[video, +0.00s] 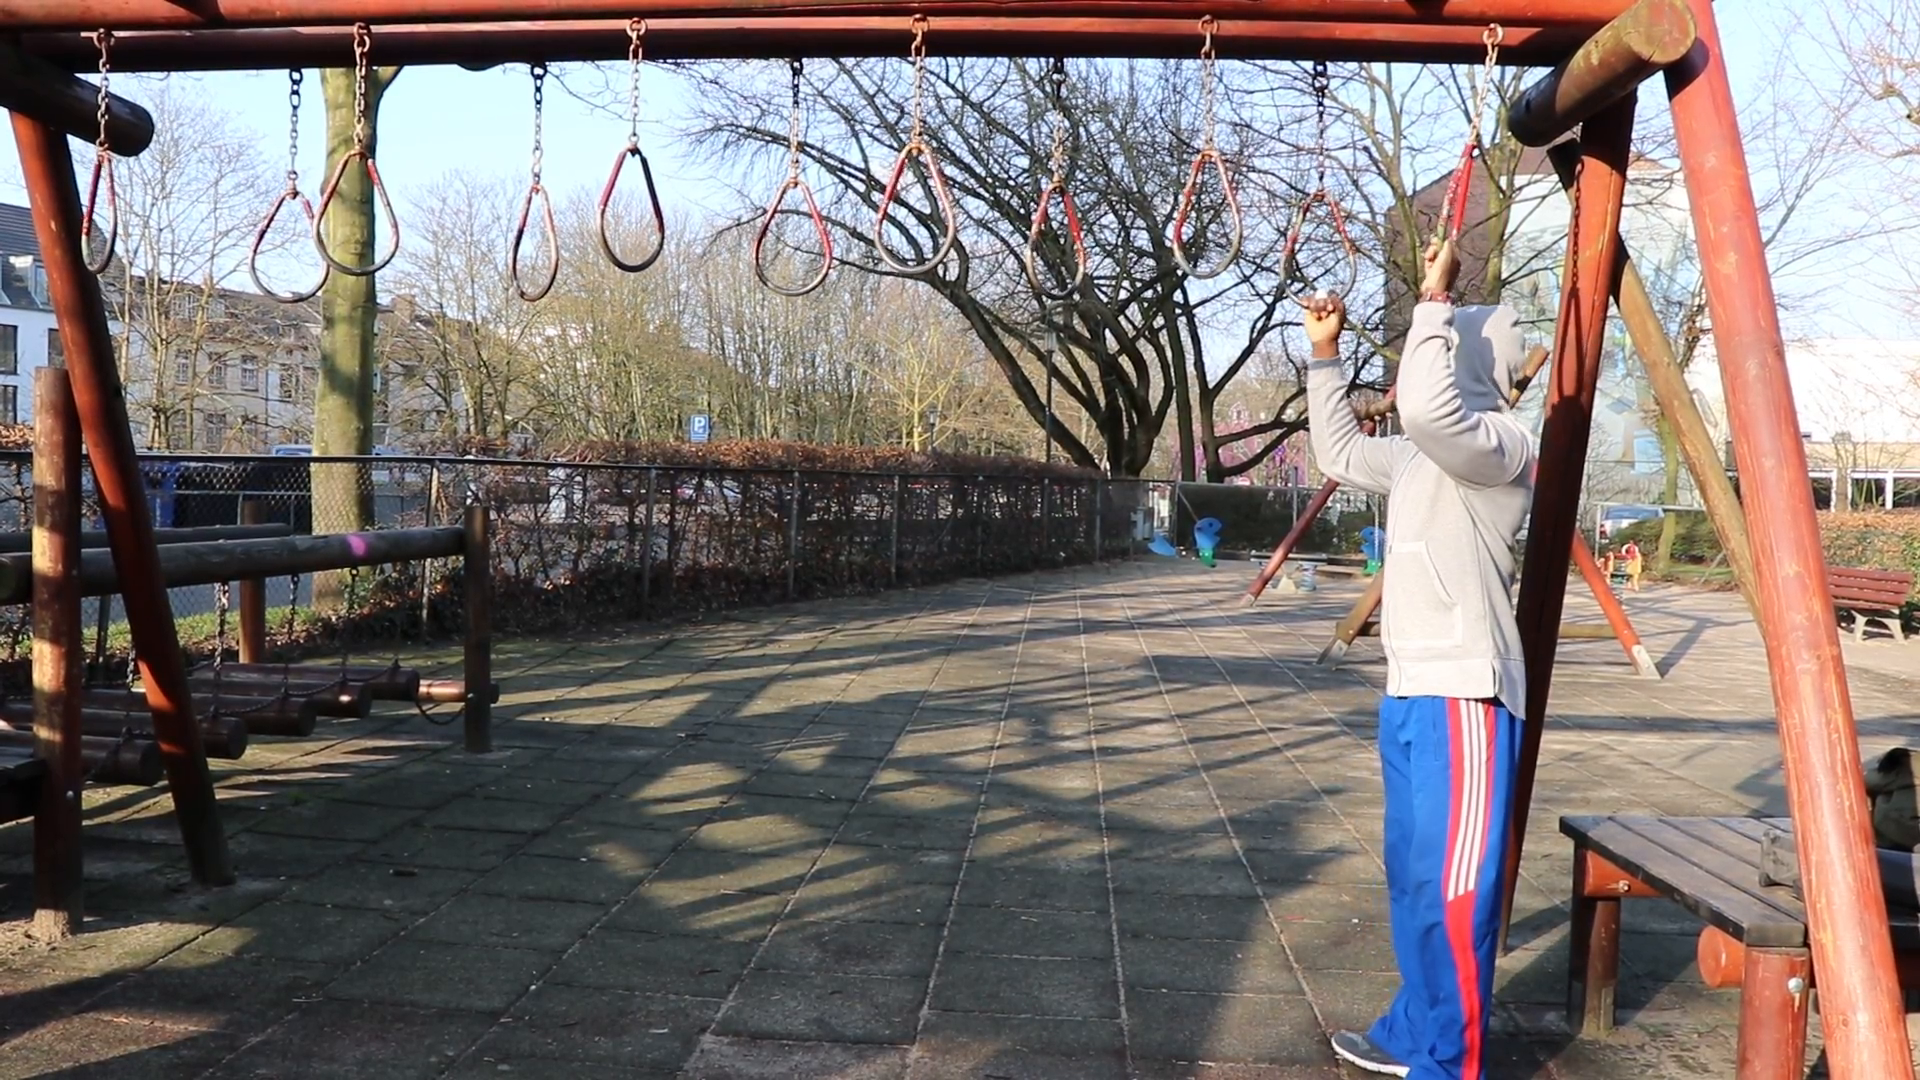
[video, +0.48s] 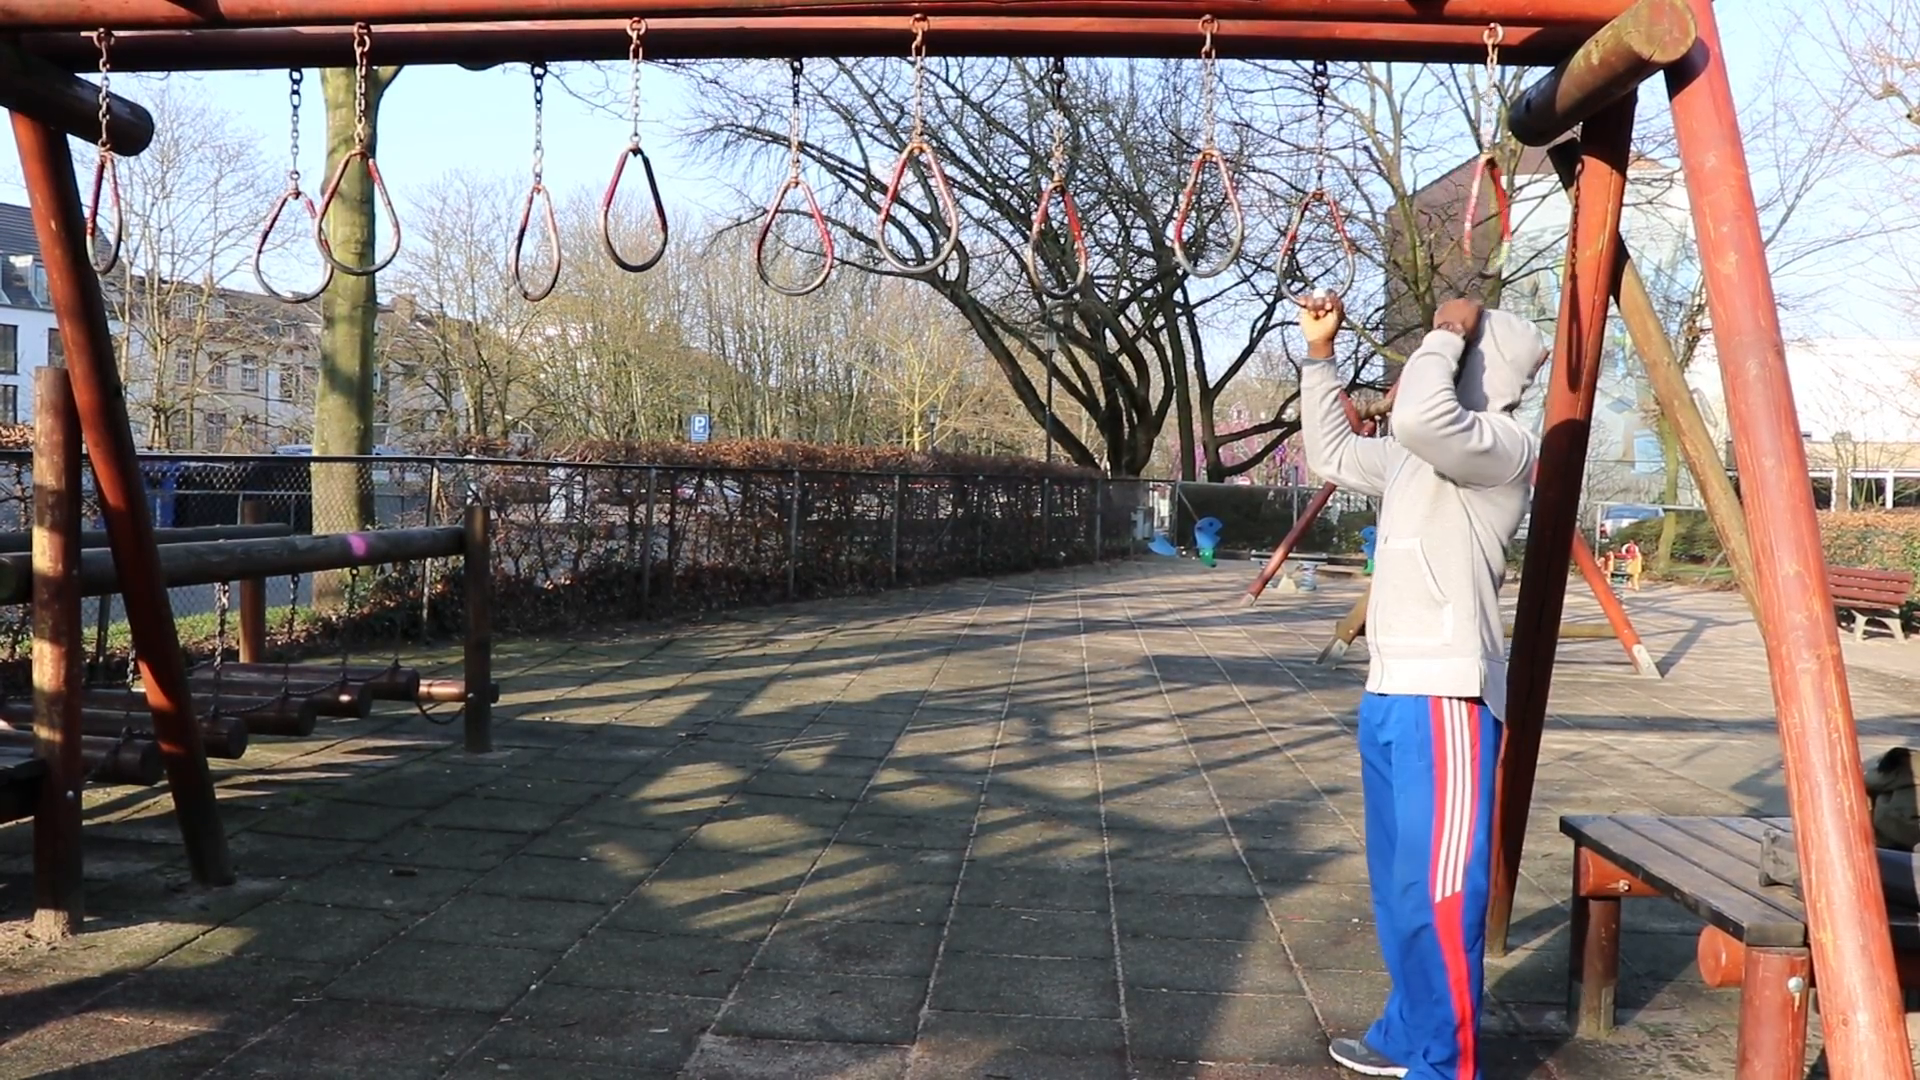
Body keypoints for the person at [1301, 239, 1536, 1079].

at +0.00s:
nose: (1427, 362)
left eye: (1453, 344)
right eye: (1431, 347)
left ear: (1483, 364)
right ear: (1474, 367)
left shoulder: (1505, 445)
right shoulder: (1419, 454)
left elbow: (1430, 414)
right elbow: (1339, 451)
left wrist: (1433, 304)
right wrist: (1325, 354)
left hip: (1469, 694)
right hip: (1415, 694)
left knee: (1456, 884)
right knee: (1414, 877)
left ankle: (1451, 1056)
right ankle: (1411, 1032)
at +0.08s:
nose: (1429, 360)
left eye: (1454, 344)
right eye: (1433, 346)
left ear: (1485, 365)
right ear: (1476, 367)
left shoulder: (1507, 445)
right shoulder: (1421, 452)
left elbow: (1431, 415)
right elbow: (1339, 450)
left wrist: (1429, 306)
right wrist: (1324, 353)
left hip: (1468, 694)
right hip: (1414, 693)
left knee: (1455, 884)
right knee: (1413, 877)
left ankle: (1450, 1056)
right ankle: (1411, 1032)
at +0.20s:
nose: (1429, 363)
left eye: (1451, 350)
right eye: (1433, 351)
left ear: (1481, 364)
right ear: (1498, 365)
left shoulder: (1507, 445)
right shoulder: (1423, 450)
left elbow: (1428, 433)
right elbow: (1337, 454)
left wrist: (1425, 331)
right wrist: (1322, 355)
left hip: (1463, 695)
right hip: (1407, 693)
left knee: (1452, 884)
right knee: (1407, 877)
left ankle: (1449, 1056)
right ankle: (1409, 1032)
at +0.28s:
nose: (1424, 366)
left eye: (1450, 354)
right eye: (1429, 354)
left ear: (1483, 369)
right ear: (1487, 372)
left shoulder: (1508, 444)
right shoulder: (1427, 442)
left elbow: (1421, 440)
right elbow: (1334, 454)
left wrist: (1432, 343)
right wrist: (1321, 352)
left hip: (1459, 690)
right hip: (1402, 688)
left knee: (1449, 880)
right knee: (1403, 875)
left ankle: (1448, 1055)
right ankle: (1409, 1032)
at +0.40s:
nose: (1440, 345)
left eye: (1460, 338)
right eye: (1443, 337)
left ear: (1484, 366)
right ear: (1492, 373)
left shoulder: (1507, 443)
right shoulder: (1426, 441)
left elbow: (1416, 429)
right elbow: (1333, 452)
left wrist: (1439, 345)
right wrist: (1319, 353)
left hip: (1453, 691)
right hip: (1397, 688)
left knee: (1446, 884)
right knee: (1401, 879)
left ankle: (1447, 1058)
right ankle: (1408, 1034)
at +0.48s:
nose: (1431, 361)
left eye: (1462, 343)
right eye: (1435, 352)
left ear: (1488, 368)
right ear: (1486, 375)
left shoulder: (1508, 440)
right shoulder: (1420, 447)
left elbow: (1421, 419)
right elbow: (1332, 451)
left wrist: (1445, 336)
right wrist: (1318, 353)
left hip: (1450, 691)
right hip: (1394, 688)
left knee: (1443, 886)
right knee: (1400, 881)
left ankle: (1447, 1059)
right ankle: (1408, 1035)